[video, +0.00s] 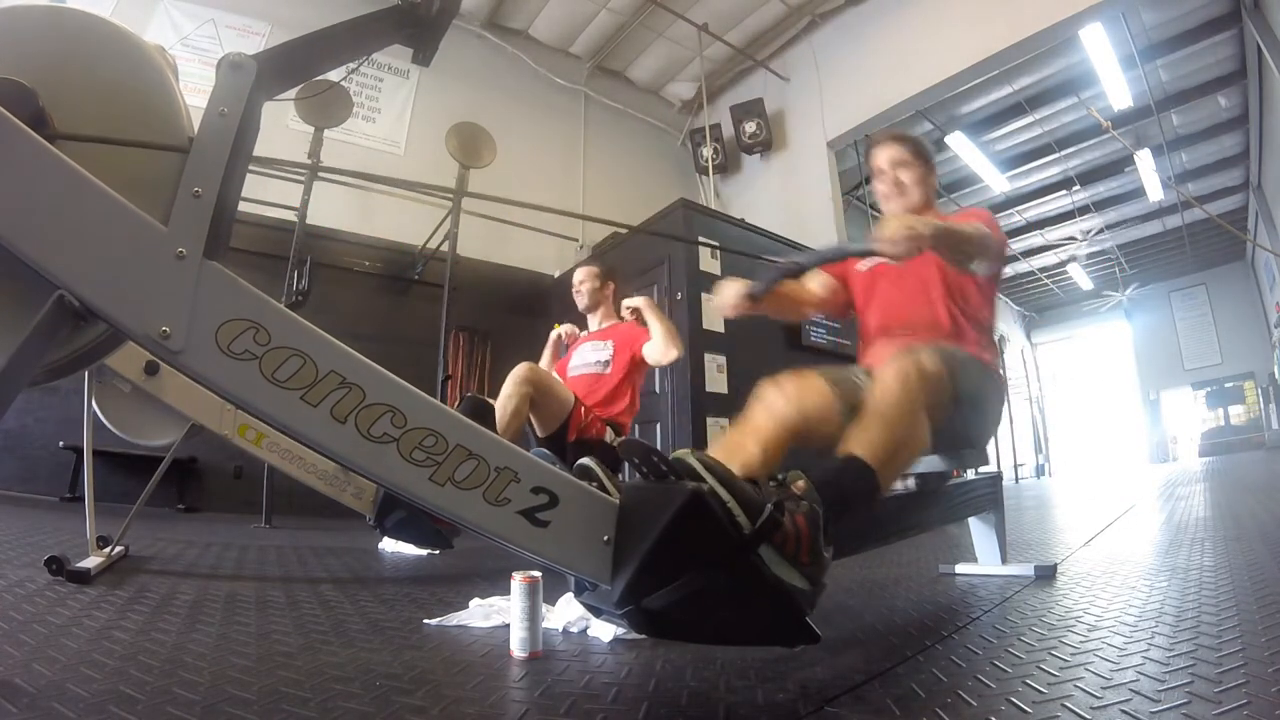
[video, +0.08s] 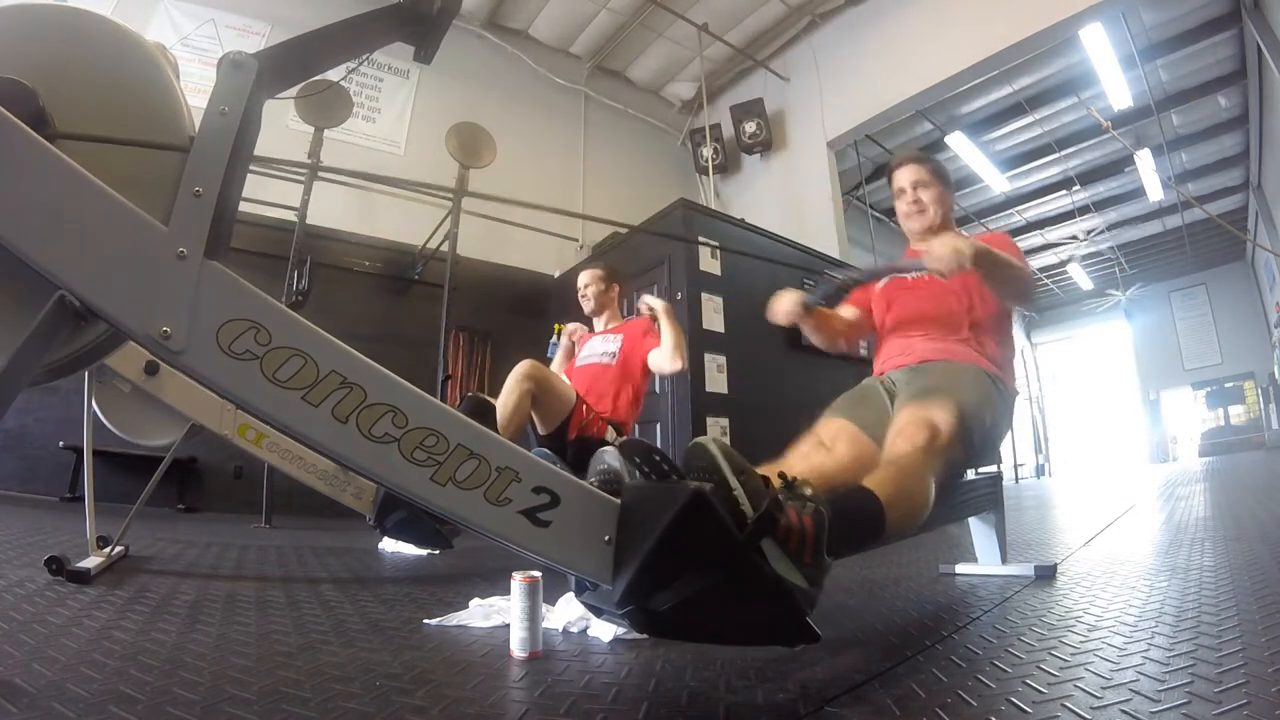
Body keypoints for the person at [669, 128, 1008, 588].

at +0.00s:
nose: (890, 180)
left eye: (901, 167)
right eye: (879, 175)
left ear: (930, 174)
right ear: (871, 191)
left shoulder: (969, 222)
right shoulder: (862, 259)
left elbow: (985, 250)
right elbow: (809, 294)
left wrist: (927, 231)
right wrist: (754, 298)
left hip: (965, 380)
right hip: (875, 381)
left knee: (905, 368)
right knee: (780, 395)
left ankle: (816, 512)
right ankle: (690, 491)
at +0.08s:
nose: (911, 199)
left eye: (921, 187)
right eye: (901, 194)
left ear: (949, 196)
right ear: (894, 211)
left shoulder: (987, 245)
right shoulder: (884, 280)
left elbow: (1027, 293)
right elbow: (845, 335)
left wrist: (978, 257)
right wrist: (805, 314)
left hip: (960, 368)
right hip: (885, 380)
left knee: (917, 438)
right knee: (822, 445)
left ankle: (824, 529)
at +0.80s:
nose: (875, 172)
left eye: (887, 158)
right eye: (865, 166)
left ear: (919, 167)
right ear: (860, 184)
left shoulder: (967, 222)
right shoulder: (848, 260)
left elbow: (998, 261)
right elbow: (794, 300)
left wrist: (942, 287)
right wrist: (741, 332)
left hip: (972, 382)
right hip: (882, 392)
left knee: (913, 393)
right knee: (795, 414)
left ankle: (822, 518)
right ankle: (698, 496)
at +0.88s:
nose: (861, 164)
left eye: (874, 150)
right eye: (851, 158)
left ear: (908, 159)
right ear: (846, 176)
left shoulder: (959, 213)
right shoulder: (835, 253)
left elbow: (962, 252)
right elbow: (781, 290)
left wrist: (919, 284)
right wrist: (717, 327)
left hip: (969, 389)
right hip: (878, 394)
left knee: (908, 378)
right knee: (781, 404)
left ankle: (820, 512)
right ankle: (699, 504)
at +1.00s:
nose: (828, 147)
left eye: (842, 132)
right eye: (818, 141)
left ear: (880, 141)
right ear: (814, 159)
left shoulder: (931, 195)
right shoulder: (808, 239)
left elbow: (921, 228)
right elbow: (741, 274)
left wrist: (871, 259)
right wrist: (659, 321)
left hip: (950, 397)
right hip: (855, 398)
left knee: (893, 335)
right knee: (754, 369)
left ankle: (814, 512)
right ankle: (696, 496)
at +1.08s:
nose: (809, 137)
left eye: (824, 122)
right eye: (799, 131)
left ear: (864, 132)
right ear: (795, 150)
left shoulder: (919, 187)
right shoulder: (793, 232)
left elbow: (901, 216)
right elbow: (716, 267)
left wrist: (844, 247)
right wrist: (633, 315)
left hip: (941, 392)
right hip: (839, 396)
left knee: (881, 314)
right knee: (732, 357)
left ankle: (815, 514)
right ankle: (696, 495)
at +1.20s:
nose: (767, 119)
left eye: (782, 101)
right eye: (755, 113)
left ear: (828, 109)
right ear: (753, 137)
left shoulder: (888, 165)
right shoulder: (756, 222)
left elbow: (847, 198)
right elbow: (664, 264)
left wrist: (757, 226)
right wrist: (561, 311)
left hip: (918, 398)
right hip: (810, 400)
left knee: (857, 272)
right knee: (694, 334)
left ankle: (809, 512)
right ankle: (682, 505)